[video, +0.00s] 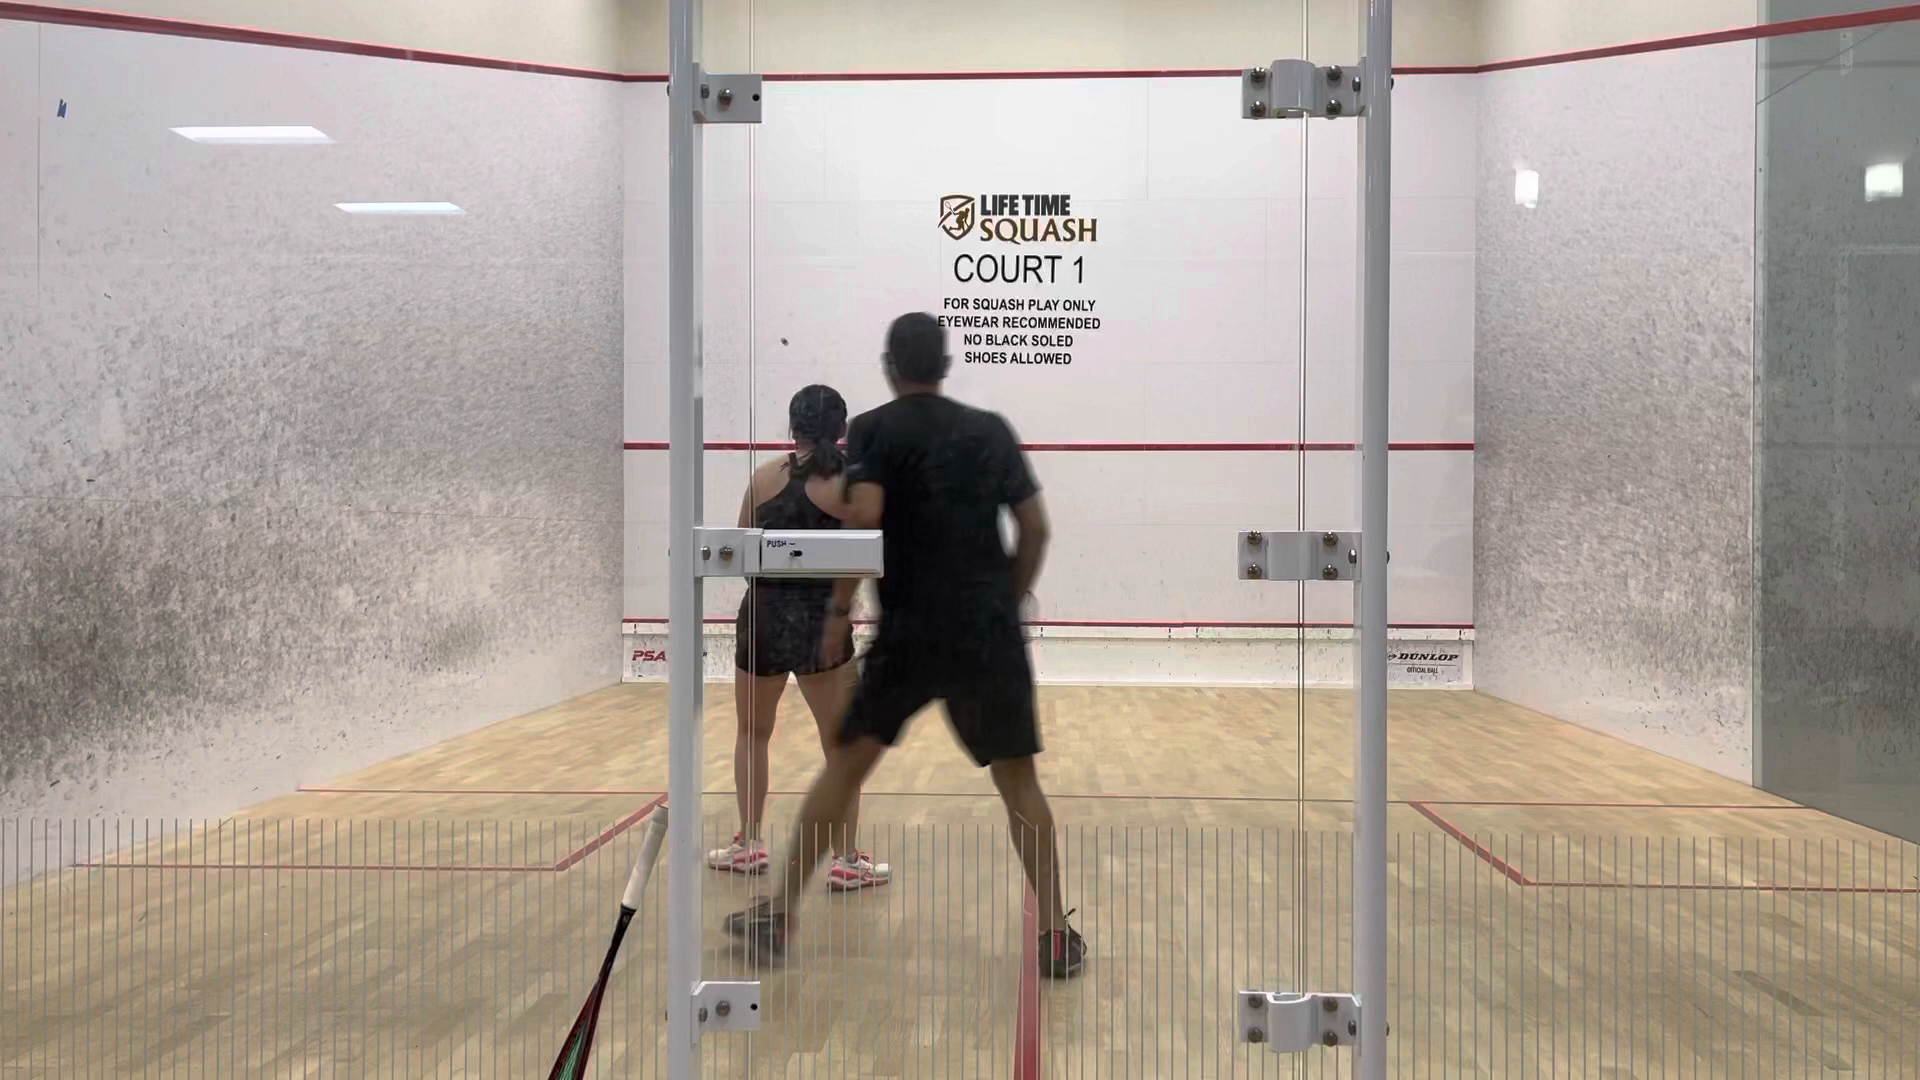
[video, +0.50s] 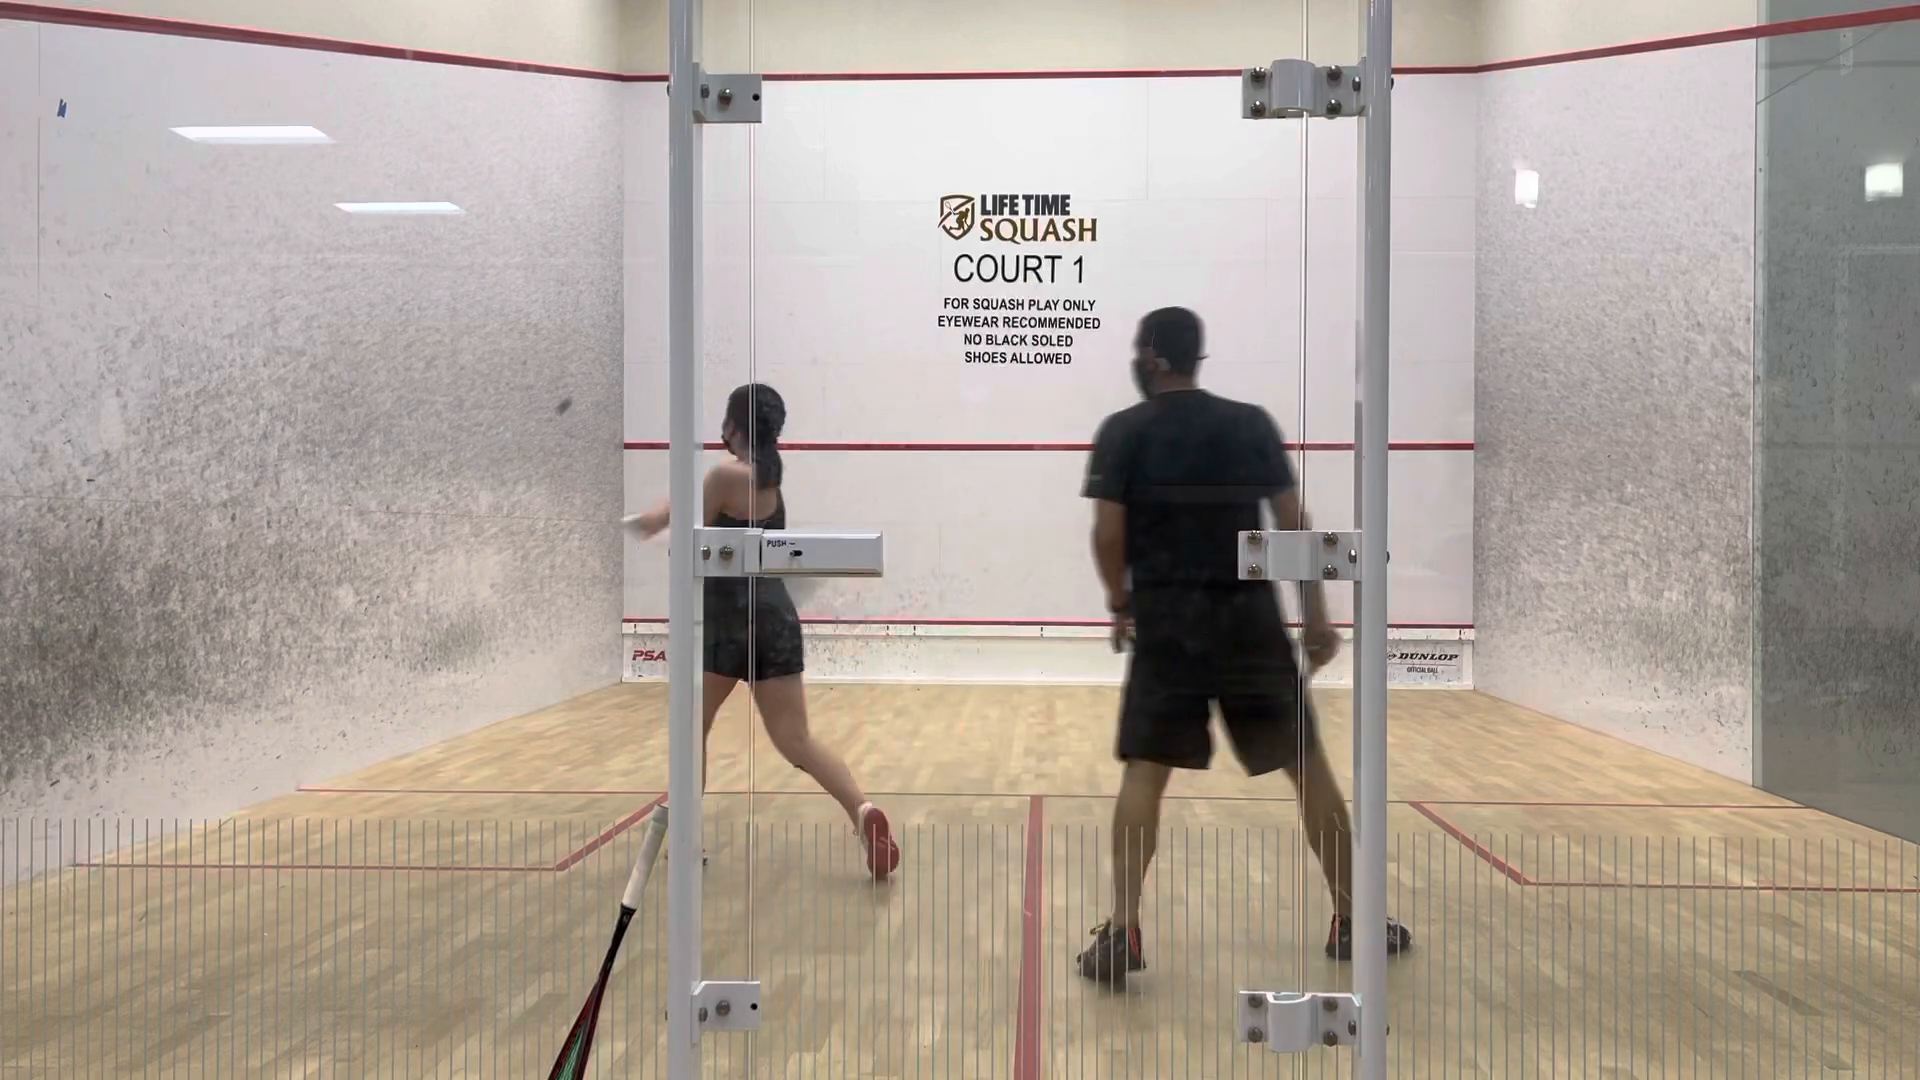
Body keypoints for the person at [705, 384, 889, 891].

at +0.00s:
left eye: (798, 427)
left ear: (792, 429)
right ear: (842, 430)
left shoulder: (764, 478)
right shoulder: (851, 484)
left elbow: (741, 547)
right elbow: (862, 558)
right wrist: (843, 609)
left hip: (763, 618)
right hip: (825, 620)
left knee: (752, 732)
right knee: (842, 742)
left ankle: (750, 841)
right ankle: (845, 855)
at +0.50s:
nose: (721, 427)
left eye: (725, 419)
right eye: (724, 418)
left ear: (734, 425)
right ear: (770, 427)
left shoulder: (722, 476)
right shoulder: (769, 476)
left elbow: (682, 520)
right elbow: (711, 514)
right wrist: (665, 517)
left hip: (726, 622)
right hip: (775, 619)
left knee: (691, 728)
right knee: (794, 738)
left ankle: (684, 834)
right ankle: (862, 809)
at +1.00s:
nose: (735, 421)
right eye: (735, 414)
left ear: (685, 412)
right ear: (732, 418)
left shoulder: (656, 465)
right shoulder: (746, 475)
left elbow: (635, 538)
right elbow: (755, 543)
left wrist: (637, 595)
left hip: (687, 605)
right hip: (747, 606)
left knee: (680, 720)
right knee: (766, 714)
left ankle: (681, 823)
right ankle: (774, 805)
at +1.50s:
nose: (802, 442)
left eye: (798, 435)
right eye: (797, 436)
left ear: (750, 444)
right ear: (788, 443)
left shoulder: (732, 492)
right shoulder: (810, 492)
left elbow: (730, 553)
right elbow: (834, 559)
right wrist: (892, 569)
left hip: (742, 624)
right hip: (799, 626)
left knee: (711, 731)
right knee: (856, 711)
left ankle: (688, 833)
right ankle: (884, 813)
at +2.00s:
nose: (970, 427)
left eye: (967, 420)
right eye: (963, 421)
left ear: (927, 431)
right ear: (943, 430)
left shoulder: (902, 478)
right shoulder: (963, 483)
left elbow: (867, 533)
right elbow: (972, 551)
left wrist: (856, 592)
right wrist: (1017, 579)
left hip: (900, 610)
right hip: (940, 614)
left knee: (926, 707)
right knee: (956, 714)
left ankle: (914, 797)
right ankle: (901, 799)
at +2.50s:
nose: (1151, 459)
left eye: (1147, 452)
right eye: (1146, 453)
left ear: (1109, 460)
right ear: (1138, 461)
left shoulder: (1098, 505)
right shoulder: (1132, 518)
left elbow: (1126, 547)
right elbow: (1165, 582)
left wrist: (1179, 552)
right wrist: (1221, 555)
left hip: (1067, 631)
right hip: (1101, 637)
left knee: (1033, 723)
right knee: (1178, 707)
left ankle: (954, 791)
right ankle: (1196, 812)